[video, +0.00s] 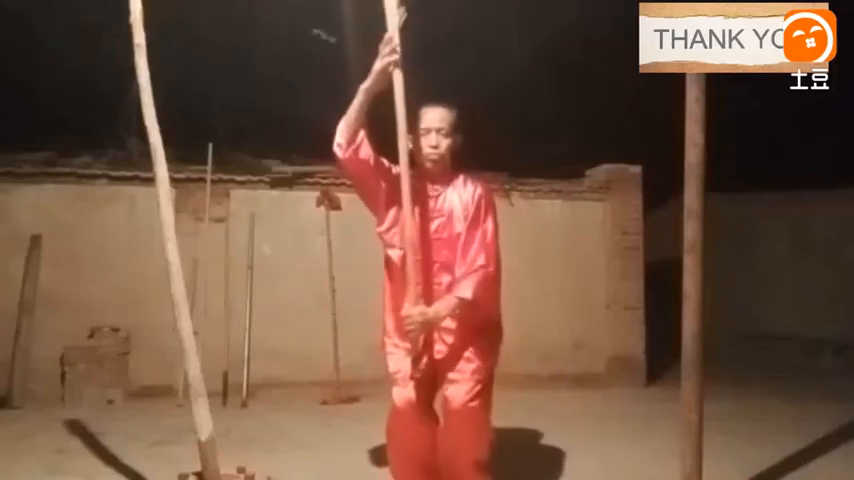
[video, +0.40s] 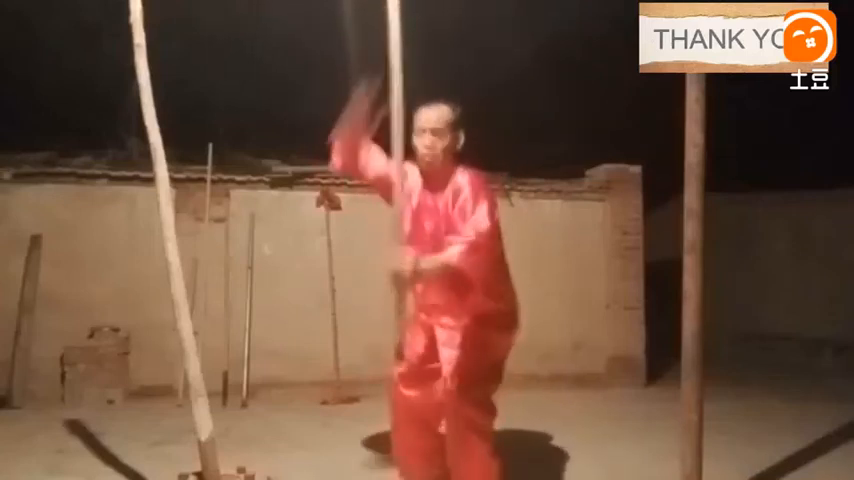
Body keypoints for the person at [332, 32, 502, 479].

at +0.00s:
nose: (434, 140)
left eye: (443, 133)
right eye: (426, 132)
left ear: (457, 141)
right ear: (412, 139)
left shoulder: (473, 195)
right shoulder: (392, 188)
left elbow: (479, 272)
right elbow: (346, 146)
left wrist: (436, 312)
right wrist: (372, 82)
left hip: (463, 329)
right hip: (406, 331)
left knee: (462, 410)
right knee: (406, 411)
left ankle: (467, 476)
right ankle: (412, 477)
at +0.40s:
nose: (426, 141)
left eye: (436, 133)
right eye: (420, 132)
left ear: (456, 140)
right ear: (412, 138)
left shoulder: (470, 185)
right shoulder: (405, 179)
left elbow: (475, 247)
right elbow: (352, 158)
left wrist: (420, 266)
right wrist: (357, 111)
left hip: (475, 314)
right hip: (426, 314)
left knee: (461, 399)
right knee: (410, 393)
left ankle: (475, 474)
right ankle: (420, 473)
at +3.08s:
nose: (547, 205)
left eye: (552, 198)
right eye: (540, 198)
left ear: (556, 200)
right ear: (521, 201)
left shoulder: (547, 228)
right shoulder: (520, 239)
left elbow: (577, 214)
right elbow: (590, 253)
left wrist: (595, 194)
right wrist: (626, 221)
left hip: (540, 337)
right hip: (497, 339)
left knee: (581, 378)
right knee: (455, 394)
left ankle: (616, 460)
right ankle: (400, 435)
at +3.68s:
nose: (555, 203)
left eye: (558, 195)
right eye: (548, 195)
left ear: (561, 194)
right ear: (527, 196)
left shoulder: (536, 225)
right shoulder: (526, 230)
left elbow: (579, 210)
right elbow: (584, 217)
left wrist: (607, 185)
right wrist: (636, 179)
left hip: (529, 333)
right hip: (501, 335)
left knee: (580, 376)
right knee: (462, 399)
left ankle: (614, 456)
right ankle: (399, 430)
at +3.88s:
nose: (563, 183)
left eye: (569, 176)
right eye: (556, 174)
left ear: (572, 180)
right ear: (536, 176)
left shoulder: (553, 214)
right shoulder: (524, 208)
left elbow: (583, 243)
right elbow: (572, 212)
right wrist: (623, 197)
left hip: (537, 320)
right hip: (495, 315)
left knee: (579, 376)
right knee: (458, 384)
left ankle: (609, 455)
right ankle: (403, 426)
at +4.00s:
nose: (564, 183)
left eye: (570, 176)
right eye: (557, 173)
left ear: (575, 179)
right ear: (538, 174)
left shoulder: (559, 217)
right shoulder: (525, 204)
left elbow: (582, 258)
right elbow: (570, 221)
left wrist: (619, 276)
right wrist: (616, 215)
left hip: (541, 327)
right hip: (493, 322)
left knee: (585, 373)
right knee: (451, 380)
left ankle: (611, 458)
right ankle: (404, 429)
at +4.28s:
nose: (498, 206)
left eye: (506, 199)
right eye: (492, 198)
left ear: (519, 207)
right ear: (481, 207)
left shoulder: (530, 246)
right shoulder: (477, 247)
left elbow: (531, 230)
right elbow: (479, 194)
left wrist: (519, 177)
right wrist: (527, 166)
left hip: (529, 353)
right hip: (475, 351)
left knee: (583, 396)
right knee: (425, 386)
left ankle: (632, 467)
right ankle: (415, 455)